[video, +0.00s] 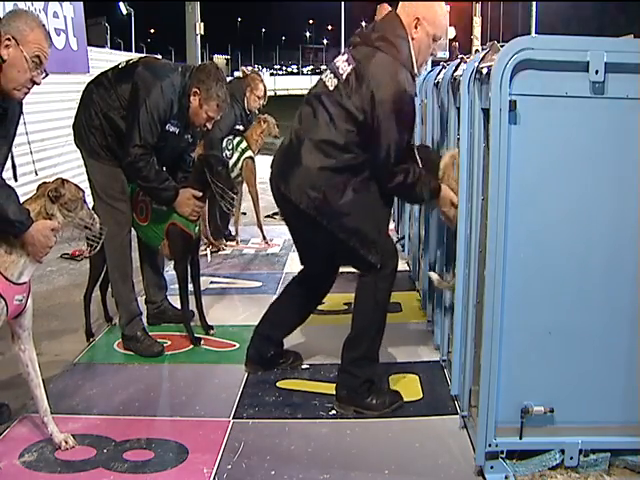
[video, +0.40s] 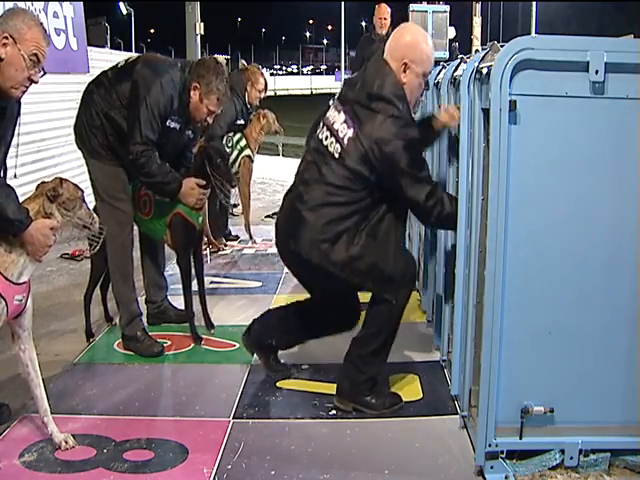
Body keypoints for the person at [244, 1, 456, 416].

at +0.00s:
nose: (437, 51)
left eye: (440, 41)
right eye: (436, 39)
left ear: (406, 21)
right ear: (413, 27)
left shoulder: (368, 49)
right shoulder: (391, 73)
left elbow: (391, 145)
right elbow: (392, 170)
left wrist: (435, 164)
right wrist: (436, 193)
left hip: (292, 173)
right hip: (324, 181)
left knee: (319, 270)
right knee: (380, 261)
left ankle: (263, 350)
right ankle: (358, 386)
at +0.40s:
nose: (426, 83)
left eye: (427, 74)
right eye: (424, 74)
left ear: (395, 63)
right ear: (404, 70)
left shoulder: (361, 87)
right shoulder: (393, 129)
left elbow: (384, 149)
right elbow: (433, 206)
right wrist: (490, 218)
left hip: (296, 229)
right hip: (325, 240)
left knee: (340, 312)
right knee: (400, 275)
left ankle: (264, 333)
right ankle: (359, 388)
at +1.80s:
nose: (396, 145)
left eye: (399, 136)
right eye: (391, 136)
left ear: (373, 123)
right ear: (366, 124)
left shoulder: (374, 154)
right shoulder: (331, 154)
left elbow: (397, 225)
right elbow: (340, 246)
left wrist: (430, 294)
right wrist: (379, 237)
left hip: (327, 280)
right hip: (297, 281)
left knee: (355, 355)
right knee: (382, 270)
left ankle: (277, 333)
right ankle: (356, 389)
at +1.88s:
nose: (397, 149)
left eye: (400, 140)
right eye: (392, 139)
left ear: (372, 126)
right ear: (368, 128)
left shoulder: (370, 157)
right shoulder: (330, 156)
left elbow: (398, 231)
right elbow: (337, 250)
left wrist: (430, 301)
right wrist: (377, 236)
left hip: (325, 283)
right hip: (296, 285)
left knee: (353, 355)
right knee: (381, 270)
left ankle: (276, 333)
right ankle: (356, 390)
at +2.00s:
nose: (398, 142)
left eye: (401, 134)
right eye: (394, 133)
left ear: (374, 120)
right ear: (370, 121)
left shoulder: (369, 152)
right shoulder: (333, 148)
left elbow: (395, 230)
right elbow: (344, 244)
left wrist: (426, 301)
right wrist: (382, 236)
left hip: (327, 280)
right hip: (298, 281)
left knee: (355, 353)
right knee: (382, 270)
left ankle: (273, 334)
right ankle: (356, 389)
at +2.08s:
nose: (400, 125)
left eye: (403, 117)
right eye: (398, 116)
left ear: (380, 103)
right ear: (377, 104)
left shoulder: (367, 131)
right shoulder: (340, 131)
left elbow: (389, 217)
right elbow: (353, 234)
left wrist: (414, 288)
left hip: (326, 262)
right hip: (300, 263)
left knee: (354, 340)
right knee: (384, 277)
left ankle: (271, 335)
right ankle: (357, 388)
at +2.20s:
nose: (402, 84)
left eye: (404, 75)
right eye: (403, 74)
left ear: (376, 59)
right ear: (390, 66)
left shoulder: (344, 86)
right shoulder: (353, 98)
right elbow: (361, 193)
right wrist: (393, 236)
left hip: (297, 230)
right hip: (305, 234)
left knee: (349, 314)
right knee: (391, 271)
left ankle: (271, 336)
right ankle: (357, 387)